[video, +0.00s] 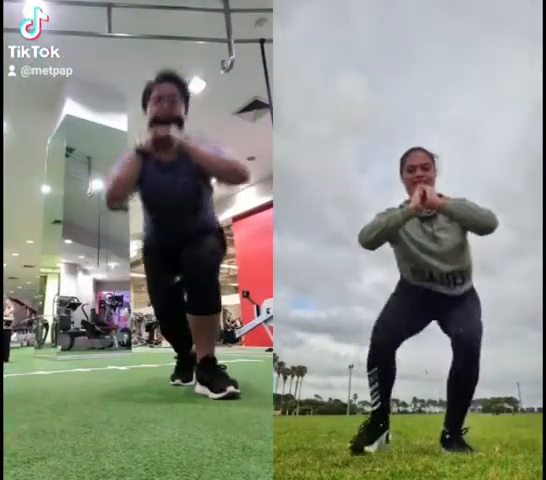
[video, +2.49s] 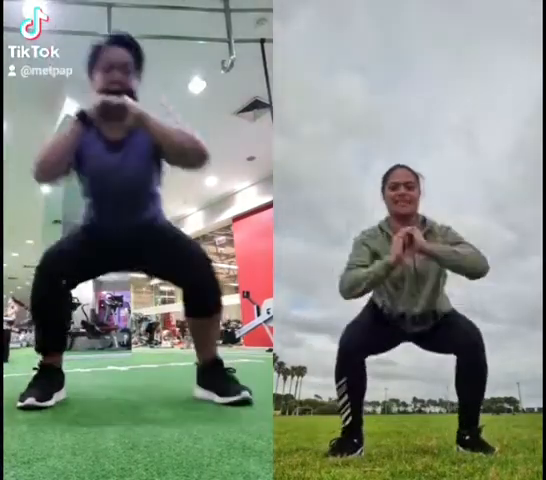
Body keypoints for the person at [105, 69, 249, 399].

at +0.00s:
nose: (164, 107)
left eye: (171, 100)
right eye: (157, 100)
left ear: (184, 109)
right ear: (146, 110)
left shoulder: (196, 148)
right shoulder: (137, 157)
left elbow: (240, 174)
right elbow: (114, 199)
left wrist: (185, 148)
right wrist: (140, 156)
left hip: (201, 236)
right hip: (159, 242)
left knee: (202, 275)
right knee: (166, 313)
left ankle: (207, 364)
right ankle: (185, 354)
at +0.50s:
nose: (125, 68)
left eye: (135, 62)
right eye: (118, 61)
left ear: (148, 71)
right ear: (107, 68)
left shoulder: (158, 116)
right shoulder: (93, 119)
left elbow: (196, 137)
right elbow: (52, 154)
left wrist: (141, 103)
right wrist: (88, 109)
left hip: (158, 220)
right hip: (108, 220)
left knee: (188, 286)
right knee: (70, 277)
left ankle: (205, 368)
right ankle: (52, 372)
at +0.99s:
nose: (65, 37)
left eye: (74, 31)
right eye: (59, 29)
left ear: (90, 41)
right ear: (47, 33)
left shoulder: (99, 85)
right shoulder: (32, 84)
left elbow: (139, 108)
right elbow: (5, 118)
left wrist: (85, 68)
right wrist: (17, 78)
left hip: (99, 200)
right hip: (49, 199)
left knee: (104, 292)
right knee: (43, 284)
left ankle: (78, 335)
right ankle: (51, 371)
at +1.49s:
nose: (47, 99)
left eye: (56, 92)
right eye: (39, 91)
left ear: (69, 102)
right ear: (24, 99)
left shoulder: (83, 144)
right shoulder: (14, 144)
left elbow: (117, 180)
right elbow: (3, 181)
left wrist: (65, 141)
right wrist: (13, 141)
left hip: (84, 250)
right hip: (38, 246)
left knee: (72, 352)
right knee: (29, 256)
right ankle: (47, 369)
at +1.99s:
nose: (51, 30)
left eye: (60, 23)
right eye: (44, 22)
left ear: (74, 33)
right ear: (30, 30)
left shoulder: (89, 78)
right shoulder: (21, 82)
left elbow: (133, 106)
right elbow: (5, 119)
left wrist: (77, 65)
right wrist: (14, 74)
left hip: (101, 195)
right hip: (52, 196)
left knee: (122, 276)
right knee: (45, 276)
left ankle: (98, 329)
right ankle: (48, 371)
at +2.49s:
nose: (116, 78)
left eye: (125, 70)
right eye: (107, 70)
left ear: (137, 79)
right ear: (91, 79)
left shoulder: (150, 124)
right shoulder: (80, 127)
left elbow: (197, 157)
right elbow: (44, 172)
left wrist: (140, 118)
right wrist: (81, 122)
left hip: (151, 235)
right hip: (97, 237)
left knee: (199, 271)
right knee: (50, 272)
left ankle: (210, 370)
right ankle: (49, 372)